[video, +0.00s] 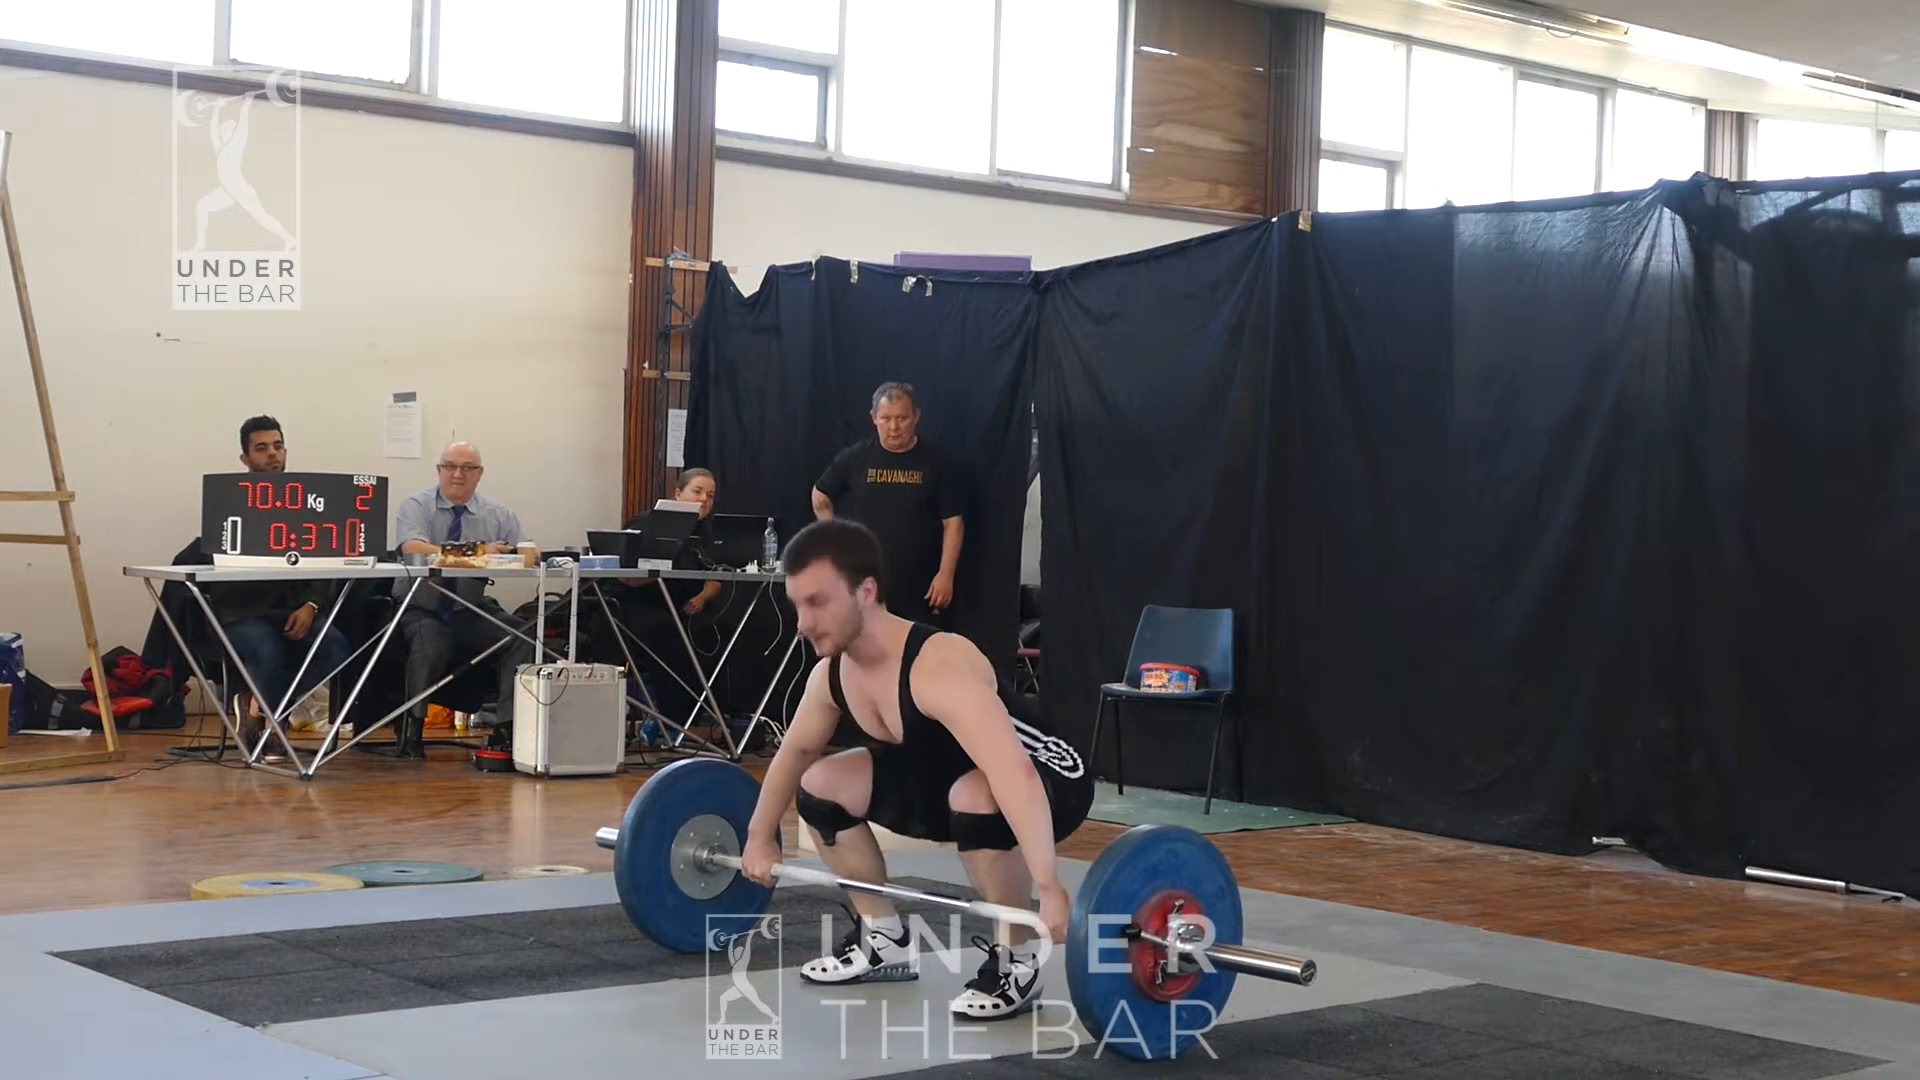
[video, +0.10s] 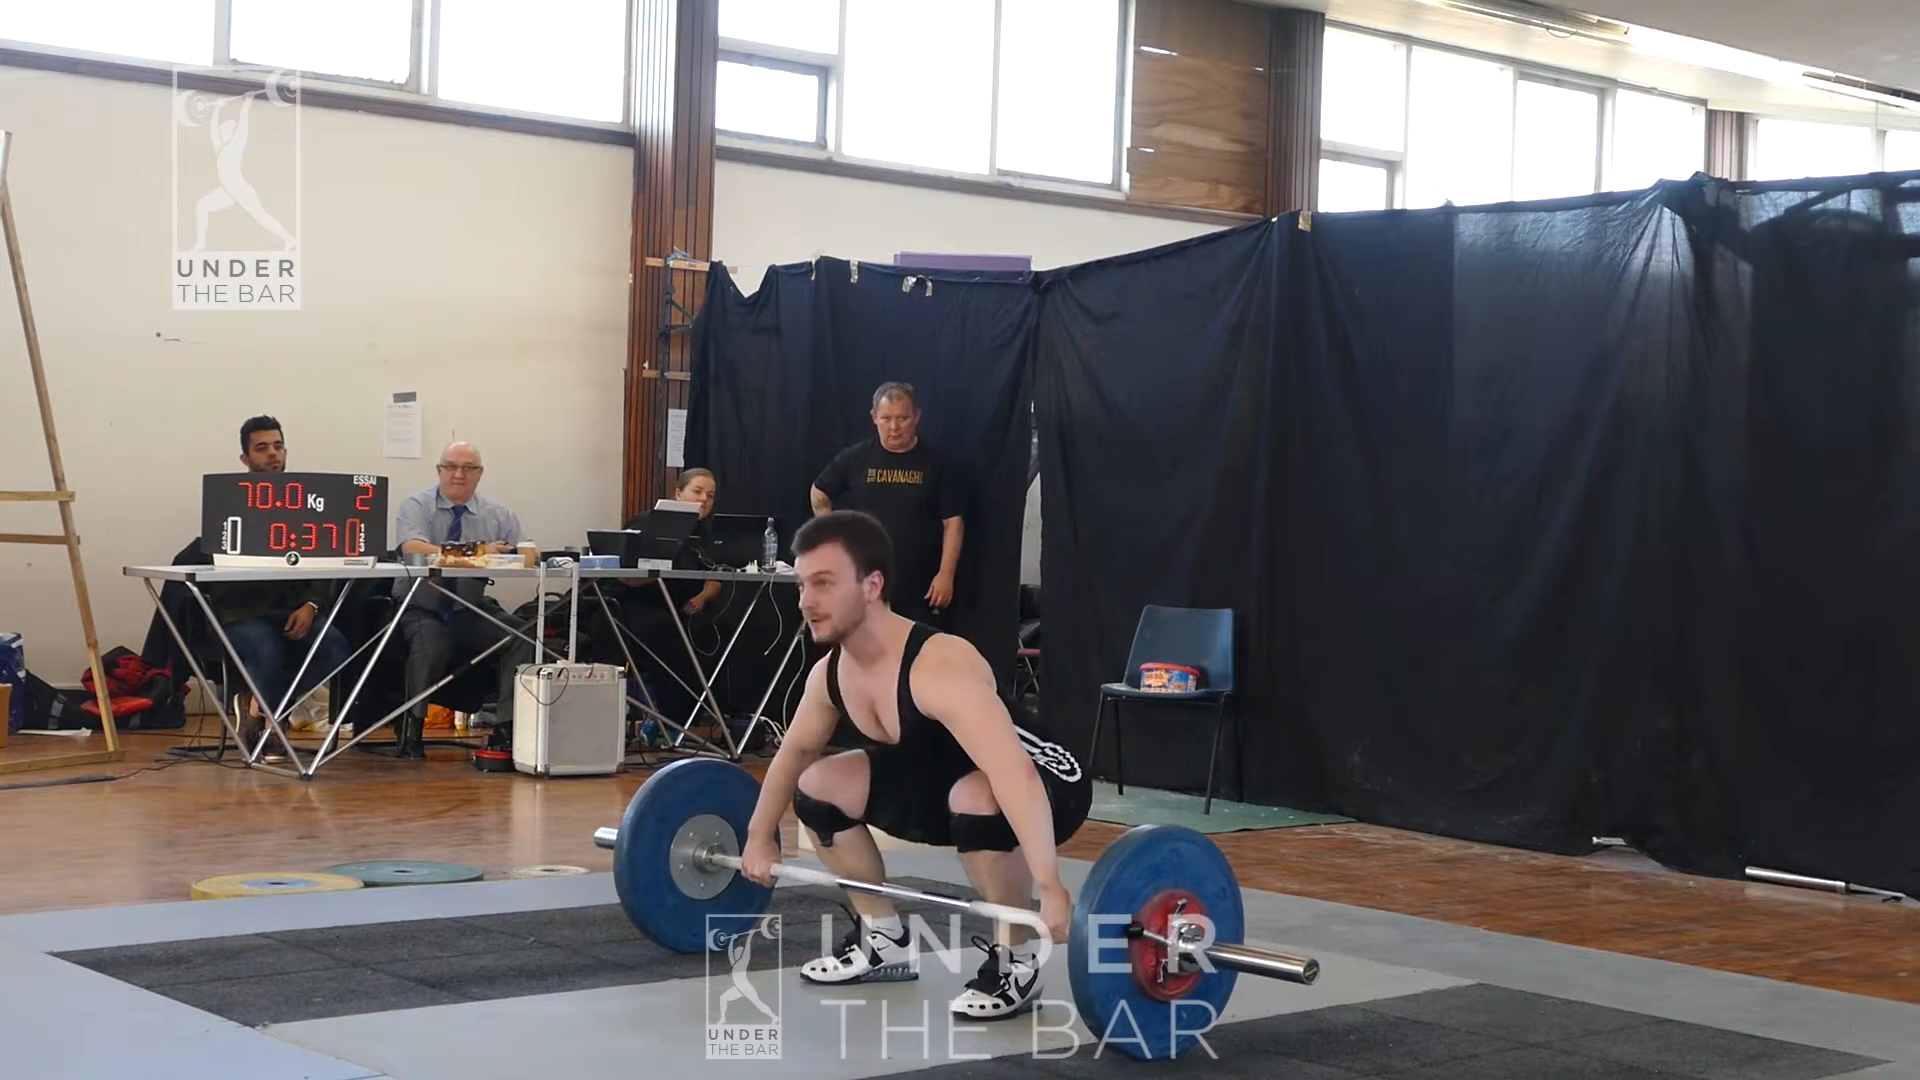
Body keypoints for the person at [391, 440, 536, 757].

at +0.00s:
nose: (457, 474)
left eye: (467, 468)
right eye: (449, 467)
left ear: (480, 474)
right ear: (438, 471)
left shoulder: (500, 515)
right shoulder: (416, 505)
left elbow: (531, 556)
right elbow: (411, 548)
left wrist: (502, 552)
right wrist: (467, 554)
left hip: (474, 609)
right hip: (423, 608)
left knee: (520, 637)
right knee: (431, 644)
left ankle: (508, 730)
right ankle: (412, 733)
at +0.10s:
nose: (458, 475)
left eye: (468, 468)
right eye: (450, 467)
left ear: (480, 474)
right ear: (438, 471)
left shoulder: (500, 515)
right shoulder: (416, 505)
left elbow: (530, 556)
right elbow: (412, 548)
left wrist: (500, 553)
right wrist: (467, 554)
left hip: (475, 609)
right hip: (424, 608)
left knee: (520, 637)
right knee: (431, 644)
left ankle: (508, 730)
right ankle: (412, 733)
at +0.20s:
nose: (459, 475)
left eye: (469, 469)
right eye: (451, 468)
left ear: (480, 474)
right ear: (438, 471)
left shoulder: (501, 515)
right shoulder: (416, 505)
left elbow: (530, 556)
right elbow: (412, 548)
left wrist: (500, 553)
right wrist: (467, 554)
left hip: (475, 609)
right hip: (424, 608)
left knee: (520, 637)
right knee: (431, 644)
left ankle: (508, 730)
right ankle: (412, 733)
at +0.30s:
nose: (461, 475)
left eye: (470, 468)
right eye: (452, 468)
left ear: (481, 474)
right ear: (438, 471)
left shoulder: (500, 515)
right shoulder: (417, 505)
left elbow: (530, 555)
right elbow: (412, 548)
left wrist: (501, 553)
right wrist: (467, 554)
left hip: (475, 609)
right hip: (424, 608)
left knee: (520, 637)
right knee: (431, 644)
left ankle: (508, 730)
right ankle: (412, 733)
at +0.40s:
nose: (461, 475)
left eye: (470, 469)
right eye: (452, 468)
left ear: (481, 474)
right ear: (438, 471)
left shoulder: (500, 515)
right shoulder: (417, 505)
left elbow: (530, 555)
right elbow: (412, 548)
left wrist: (500, 553)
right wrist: (467, 554)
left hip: (475, 609)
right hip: (424, 608)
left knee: (520, 637)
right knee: (431, 644)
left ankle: (508, 730)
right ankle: (412, 733)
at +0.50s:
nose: (461, 475)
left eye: (470, 469)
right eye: (452, 468)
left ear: (481, 474)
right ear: (438, 471)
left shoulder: (500, 515)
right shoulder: (417, 505)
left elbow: (530, 555)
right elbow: (412, 548)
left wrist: (500, 553)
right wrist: (468, 554)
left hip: (475, 609)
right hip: (424, 608)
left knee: (520, 637)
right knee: (431, 644)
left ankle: (508, 730)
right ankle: (412, 733)